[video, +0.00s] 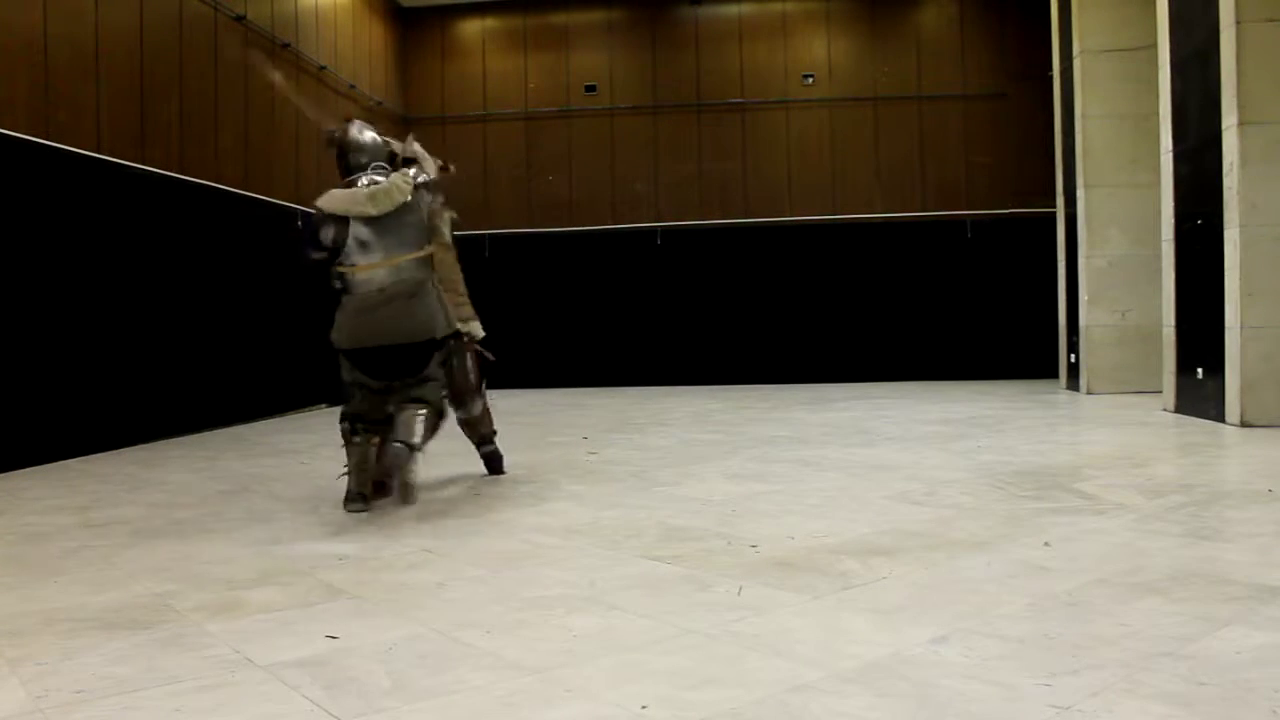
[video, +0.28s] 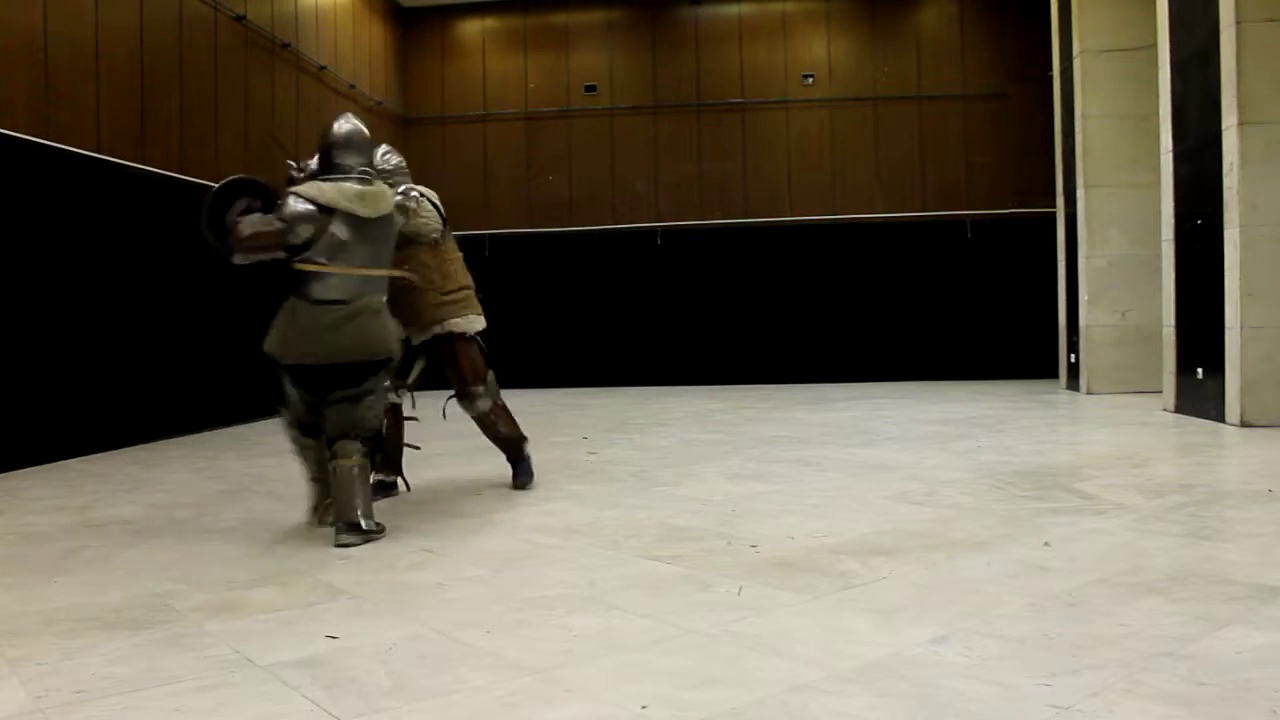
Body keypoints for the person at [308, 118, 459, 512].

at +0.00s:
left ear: (342, 164)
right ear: (387, 156)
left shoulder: (329, 211)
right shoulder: (422, 194)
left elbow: (318, 269)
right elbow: (446, 264)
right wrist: (466, 324)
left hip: (358, 326)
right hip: (418, 321)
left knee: (361, 395)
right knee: (423, 383)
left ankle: (357, 480)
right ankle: (403, 446)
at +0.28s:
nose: (382, 182)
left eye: (386, 175)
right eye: (380, 177)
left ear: (396, 174)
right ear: (376, 179)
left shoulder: (417, 197)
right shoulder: (374, 208)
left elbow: (426, 224)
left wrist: (377, 205)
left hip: (450, 313)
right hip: (406, 319)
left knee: (474, 395)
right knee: (385, 391)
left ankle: (518, 455)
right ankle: (387, 473)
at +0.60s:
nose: (417, 187)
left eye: (421, 178)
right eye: (415, 179)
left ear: (433, 178)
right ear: (422, 181)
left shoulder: (457, 215)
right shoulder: (431, 223)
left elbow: (458, 279)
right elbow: (429, 279)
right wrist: (409, 303)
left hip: (480, 313)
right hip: (445, 317)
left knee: (481, 389)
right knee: (410, 391)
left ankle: (519, 469)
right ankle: (391, 474)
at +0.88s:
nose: (478, 180)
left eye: (485, 171)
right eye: (472, 173)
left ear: (496, 172)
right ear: (463, 176)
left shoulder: (512, 213)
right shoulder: (460, 217)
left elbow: (519, 268)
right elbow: (461, 266)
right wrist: (434, 279)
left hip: (510, 308)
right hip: (470, 312)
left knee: (507, 381)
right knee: (446, 385)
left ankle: (528, 465)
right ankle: (478, 442)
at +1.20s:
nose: (536, 177)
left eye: (542, 168)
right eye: (529, 170)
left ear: (550, 169)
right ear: (518, 172)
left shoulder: (568, 213)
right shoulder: (505, 216)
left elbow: (600, 269)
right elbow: (501, 262)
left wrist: (587, 311)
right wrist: (475, 259)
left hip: (560, 314)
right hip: (518, 315)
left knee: (569, 379)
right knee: (521, 382)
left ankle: (581, 452)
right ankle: (540, 452)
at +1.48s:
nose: (617, 192)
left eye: (621, 185)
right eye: (611, 186)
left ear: (631, 186)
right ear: (602, 188)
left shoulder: (650, 226)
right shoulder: (588, 227)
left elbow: (667, 274)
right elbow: (585, 271)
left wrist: (637, 273)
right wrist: (566, 266)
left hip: (639, 319)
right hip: (599, 317)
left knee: (651, 381)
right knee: (592, 381)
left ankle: (664, 438)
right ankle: (593, 450)